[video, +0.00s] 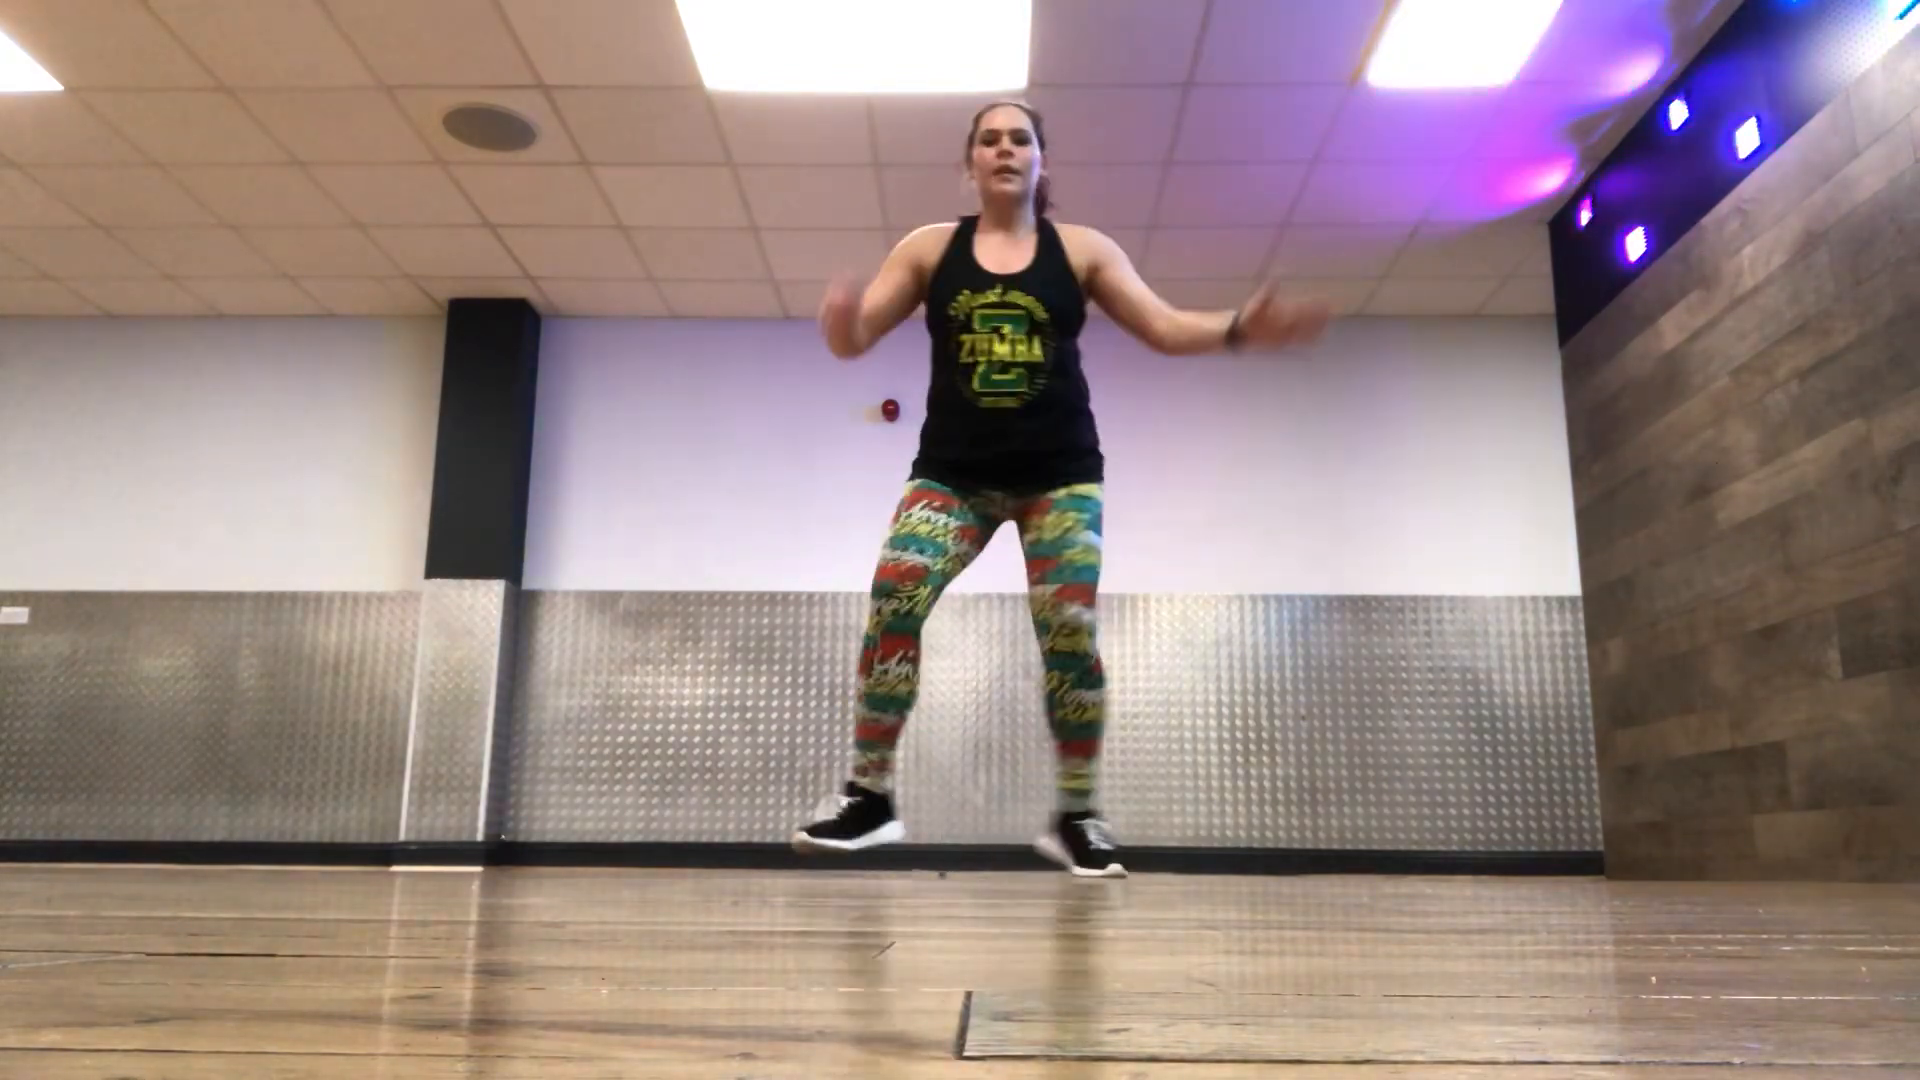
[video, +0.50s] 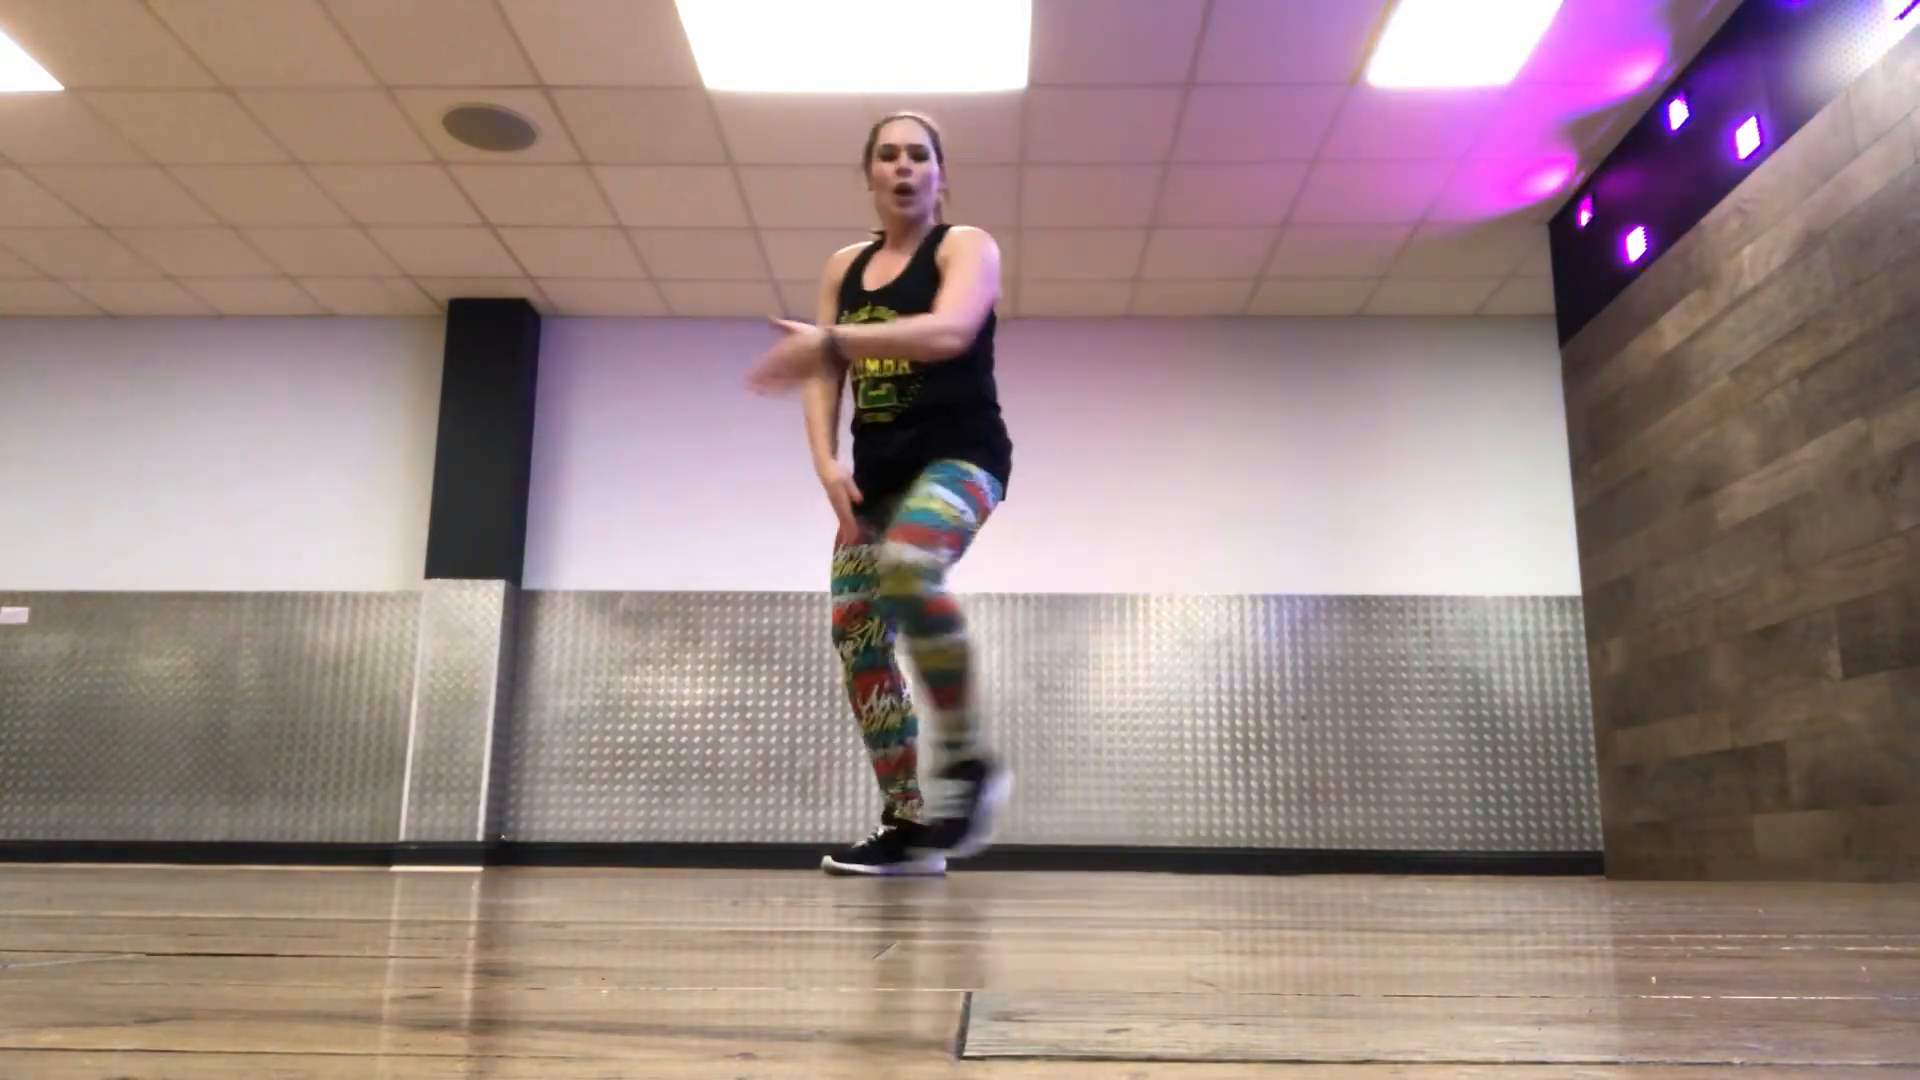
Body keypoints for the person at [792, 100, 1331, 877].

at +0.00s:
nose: (1005, 148)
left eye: (1019, 138)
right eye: (991, 139)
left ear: (1041, 162)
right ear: (969, 162)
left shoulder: (1081, 249)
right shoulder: (930, 247)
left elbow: (1166, 327)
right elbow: (852, 340)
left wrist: (1239, 326)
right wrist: (841, 314)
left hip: (1059, 472)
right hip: (956, 470)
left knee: (1068, 625)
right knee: (894, 595)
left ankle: (1078, 815)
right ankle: (868, 797)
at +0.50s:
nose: (905, 167)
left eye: (919, 156)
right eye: (890, 156)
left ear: (941, 175)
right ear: (868, 176)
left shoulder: (968, 248)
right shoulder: (843, 270)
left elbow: (951, 332)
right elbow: (821, 374)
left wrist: (831, 342)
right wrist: (825, 462)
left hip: (960, 458)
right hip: (878, 474)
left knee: (904, 568)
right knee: (855, 624)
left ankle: (965, 763)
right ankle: (909, 821)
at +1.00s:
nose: (907, 165)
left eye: (921, 154)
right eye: (892, 154)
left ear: (943, 175)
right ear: (869, 175)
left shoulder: (981, 261)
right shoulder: (831, 262)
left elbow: (1028, 350)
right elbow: (788, 364)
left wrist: (973, 357)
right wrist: (797, 448)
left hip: (957, 481)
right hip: (860, 484)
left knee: (915, 609)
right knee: (853, 634)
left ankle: (856, 791)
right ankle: (897, 826)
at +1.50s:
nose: (1040, 178)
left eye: (1053, 168)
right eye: (1025, 168)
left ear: (1074, 188)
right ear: (1000, 187)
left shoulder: (1099, 281)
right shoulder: (970, 263)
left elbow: (1126, 391)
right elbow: (958, 370)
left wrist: (1108, 452)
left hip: (1067, 490)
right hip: (975, 478)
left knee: (1103, 635)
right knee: (981, 596)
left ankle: (1051, 824)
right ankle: (925, 797)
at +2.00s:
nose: (1071, 181)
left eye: (1084, 170)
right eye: (1056, 172)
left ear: (1106, 189)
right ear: (1034, 193)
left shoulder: (1148, 277)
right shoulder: (997, 273)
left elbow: (1183, 388)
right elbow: (947, 368)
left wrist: (1141, 467)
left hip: (1119, 491)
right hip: (1023, 490)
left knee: (1120, 655)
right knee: (1052, 615)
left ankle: (1104, 816)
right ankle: (1108, 804)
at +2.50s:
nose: (981, 211)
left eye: (995, 199)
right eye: (968, 204)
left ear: (1022, 214)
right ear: (954, 223)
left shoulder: (1050, 266)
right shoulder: (949, 307)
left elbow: (1000, 295)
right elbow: (867, 362)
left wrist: (954, 316)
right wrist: (830, 296)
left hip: (1053, 494)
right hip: (985, 505)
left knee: (1016, 640)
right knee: (943, 646)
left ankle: (1099, 812)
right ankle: (990, 829)